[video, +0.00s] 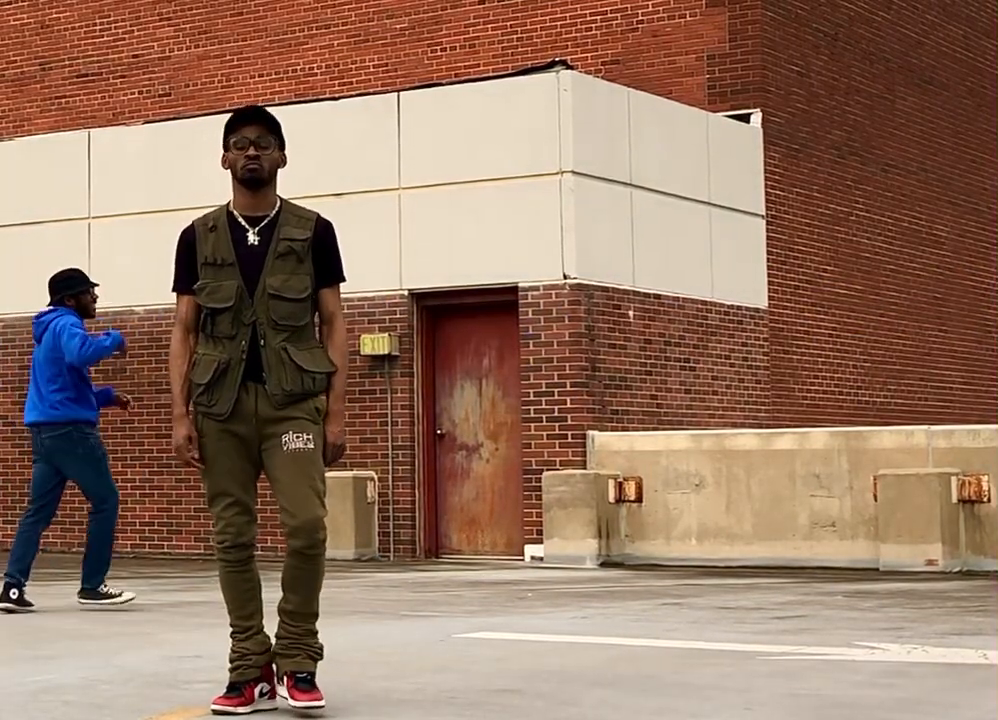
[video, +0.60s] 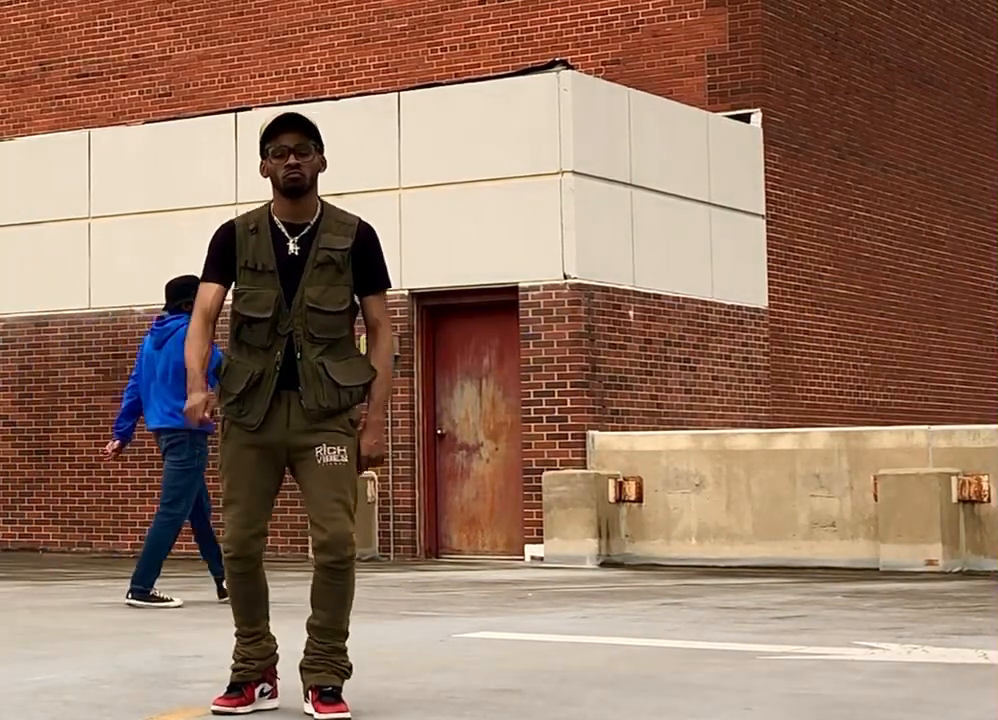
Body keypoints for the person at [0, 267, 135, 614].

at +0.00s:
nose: (95, 298)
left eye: (93, 293)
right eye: (89, 293)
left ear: (63, 298)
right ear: (72, 297)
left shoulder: (50, 327)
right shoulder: (66, 322)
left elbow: (65, 393)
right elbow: (81, 353)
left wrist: (107, 396)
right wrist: (114, 338)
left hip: (45, 428)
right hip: (69, 427)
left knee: (38, 511)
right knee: (105, 501)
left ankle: (13, 586)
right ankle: (92, 586)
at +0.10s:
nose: (108, 304)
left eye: (106, 298)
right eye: (103, 299)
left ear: (75, 304)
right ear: (85, 303)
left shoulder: (62, 332)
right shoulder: (80, 326)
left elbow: (89, 392)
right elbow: (86, 356)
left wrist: (123, 385)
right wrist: (128, 352)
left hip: (52, 433)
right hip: (82, 432)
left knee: (41, 513)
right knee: (117, 507)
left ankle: (14, 586)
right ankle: (123, 587)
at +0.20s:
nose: (128, 308)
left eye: (126, 303)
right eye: (123, 303)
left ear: (97, 309)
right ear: (106, 308)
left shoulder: (78, 337)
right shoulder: (104, 332)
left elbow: (99, 391)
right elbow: (106, 369)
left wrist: (135, 383)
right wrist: (151, 376)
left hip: (74, 439)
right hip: (107, 438)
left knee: (58, 513)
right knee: (133, 512)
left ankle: (21, 578)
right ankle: (138, 589)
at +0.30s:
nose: (147, 308)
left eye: (145, 302)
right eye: (142, 303)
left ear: (112, 307)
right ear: (128, 306)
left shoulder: (95, 337)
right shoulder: (128, 335)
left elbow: (97, 385)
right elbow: (138, 376)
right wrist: (181, 398)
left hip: (98, 438)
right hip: (129, 436)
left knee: (101, 513)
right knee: (151, 512)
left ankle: (52, 559)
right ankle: (141, 590)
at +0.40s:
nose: (171, 302)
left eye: (170, 296)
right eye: (168, 297)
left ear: (135, 301)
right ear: (155, 300)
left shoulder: (115, 333)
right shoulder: (156, 331)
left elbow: (113, 379)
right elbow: (177, 377)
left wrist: (165, 394)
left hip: (125, 428)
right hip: (151, 429)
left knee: (152, 500)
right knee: (158, 508)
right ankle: (140, 590)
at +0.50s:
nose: (190, 302)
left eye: (188, 296)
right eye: (186, 297)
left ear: (154, 302)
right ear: (174, 300)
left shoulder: (134, 333)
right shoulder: (173, 331)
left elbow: (124, 389)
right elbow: (197, 377)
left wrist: (122, 435)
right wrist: (214, 358)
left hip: (143, 427)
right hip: (166, 427)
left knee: (186, 497)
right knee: (164, 508)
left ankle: (175, 575)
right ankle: (140, 589)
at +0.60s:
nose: (208, 307)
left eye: (206, 301)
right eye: (204, 301)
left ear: (170, 303)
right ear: (193, 303)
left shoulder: (152, 338)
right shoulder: (195, 334)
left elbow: (135, 387)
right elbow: (223, 370)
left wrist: (121, 432)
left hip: (162, 432)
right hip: (187, 432)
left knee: (199, 507)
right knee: (173, 511)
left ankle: (223, 577)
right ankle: (140, 588)